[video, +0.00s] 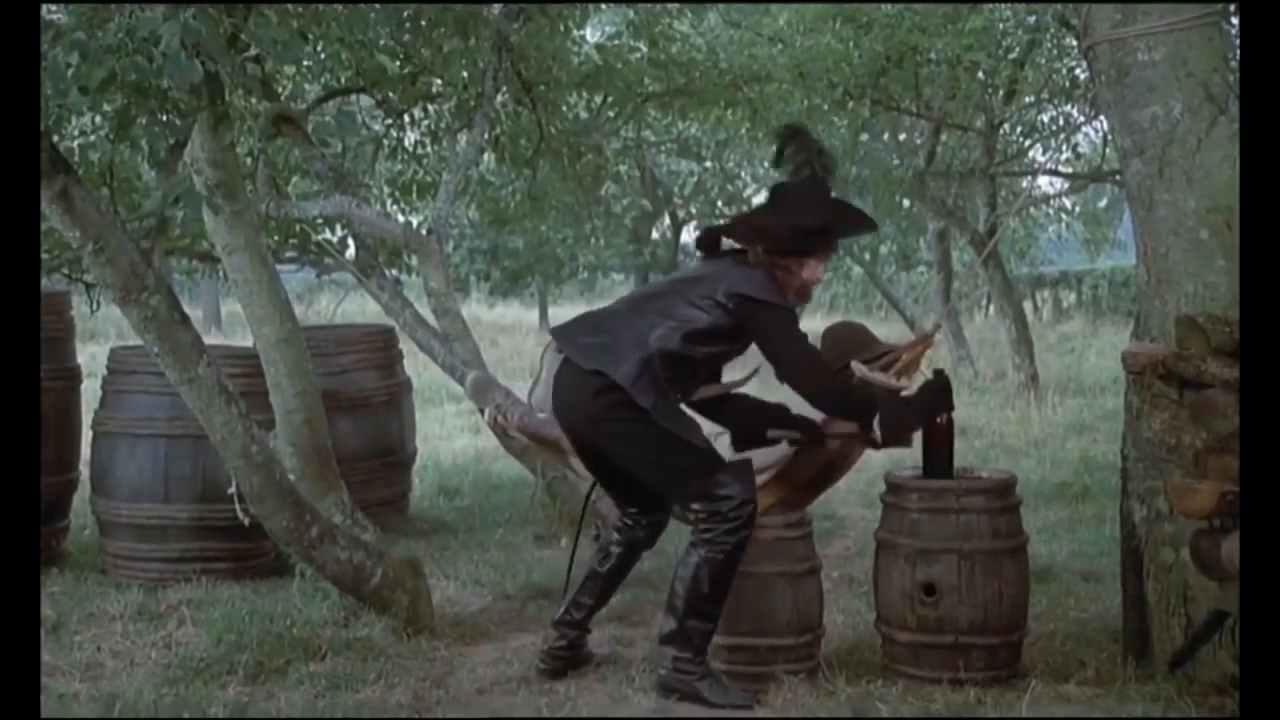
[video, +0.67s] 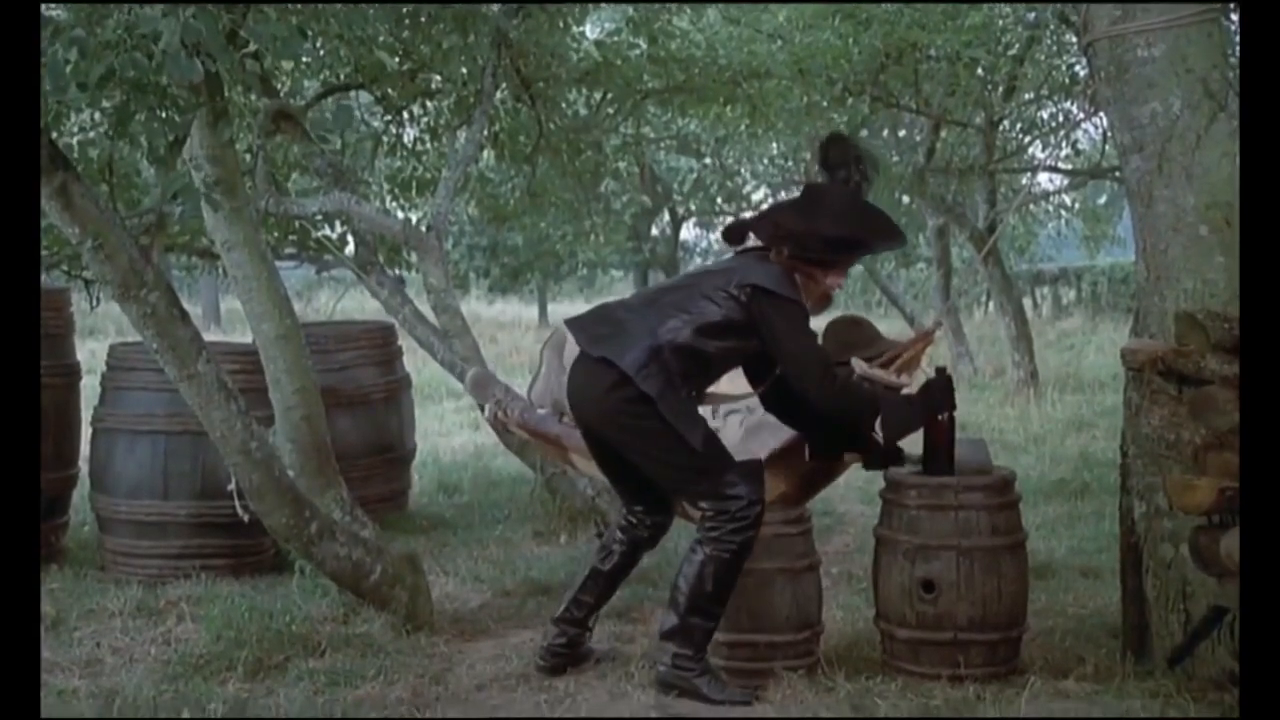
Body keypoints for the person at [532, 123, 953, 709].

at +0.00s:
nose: (821, 275)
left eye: (825, 262)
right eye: (817, 261)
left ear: (764, 248)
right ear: (783, 255)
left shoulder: (714, 278)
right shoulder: (754, 288)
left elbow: (707, 394)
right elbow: (823, 384)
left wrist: (807, 427)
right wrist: (902, 405)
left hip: (574, 382)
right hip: (608, 391)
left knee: (644, 511)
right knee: (728, 499)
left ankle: (564, 641)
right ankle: (686, 666)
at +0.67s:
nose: (840, 288)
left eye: (844, 276)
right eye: (839, 275)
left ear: (788, 254)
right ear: (809, 265)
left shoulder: (742, 279)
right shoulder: (770, 290)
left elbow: (783, 397)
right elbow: (819, 386)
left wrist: (863, 440)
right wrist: (892, 412)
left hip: (590, 379)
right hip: (629, 388)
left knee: (647, 512)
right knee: (735, 502)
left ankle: (565, 638)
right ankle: (684, 662)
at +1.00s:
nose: (830, 276)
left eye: (834, 264)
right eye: (828, 262)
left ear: (777, 236)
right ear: (796, 251)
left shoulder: (738, 258)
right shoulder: (756, 276)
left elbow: (767, 374)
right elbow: (799, 380)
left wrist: (841, 408)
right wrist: (879, 402)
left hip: (595, 361)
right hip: (616, 372)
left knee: (689, 481)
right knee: (718, 487)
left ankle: (618, 608)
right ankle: (685, 658)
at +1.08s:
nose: (822, 269)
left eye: (829, 258)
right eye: (819, 256)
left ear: (776, 237)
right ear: (790, 246)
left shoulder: (735, 259)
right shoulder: (745, 272)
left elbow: (750, 373)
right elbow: (767, 375)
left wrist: (818, 419)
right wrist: (834, 415)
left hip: (593, 354)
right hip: (605, 362)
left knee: (688, 482)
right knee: (702, 487)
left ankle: (638, 619)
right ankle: (683, 659)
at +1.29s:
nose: (808, 269)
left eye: (814, 257)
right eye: (803, 255)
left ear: (778, 246)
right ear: (769, 242)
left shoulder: (743, 276)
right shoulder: (711, 275)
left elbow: (730, 386)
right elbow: (732, 397)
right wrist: (817, 459)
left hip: (625, 352)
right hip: (587, 349)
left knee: (690, 469)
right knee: (669, 472)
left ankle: (636, 621)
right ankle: (647, 640)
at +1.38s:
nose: (805, 271)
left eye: (810, 258)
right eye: (799, 257)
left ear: (774, 251)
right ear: (762, 246)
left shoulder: (746, 280)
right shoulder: (709, 279)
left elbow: (717, 376)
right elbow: (722, 402)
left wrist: (720, 434)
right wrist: (786, 492)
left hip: (631, 359)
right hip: (584, 352)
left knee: (687, 480)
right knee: (653, 484)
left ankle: (641, 620)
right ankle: (611, 650)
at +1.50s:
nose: (800, 299)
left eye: (808, 285)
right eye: (795, 282)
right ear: (760, 268)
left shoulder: (729, 297)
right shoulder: (704, 304)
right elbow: (710, 442)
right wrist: (742, 538)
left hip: (630, 365)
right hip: (575, 358)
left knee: (689, 481)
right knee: (639, 485)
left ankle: (654, 619)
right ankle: (606, 652)